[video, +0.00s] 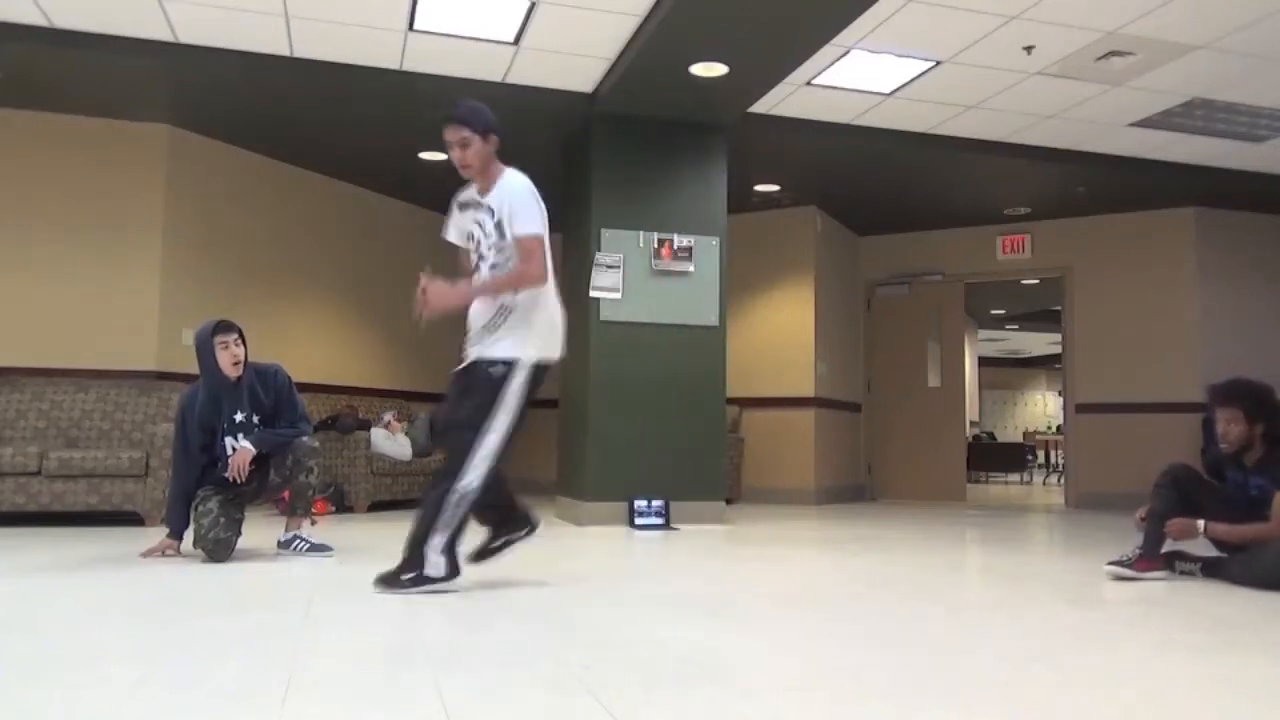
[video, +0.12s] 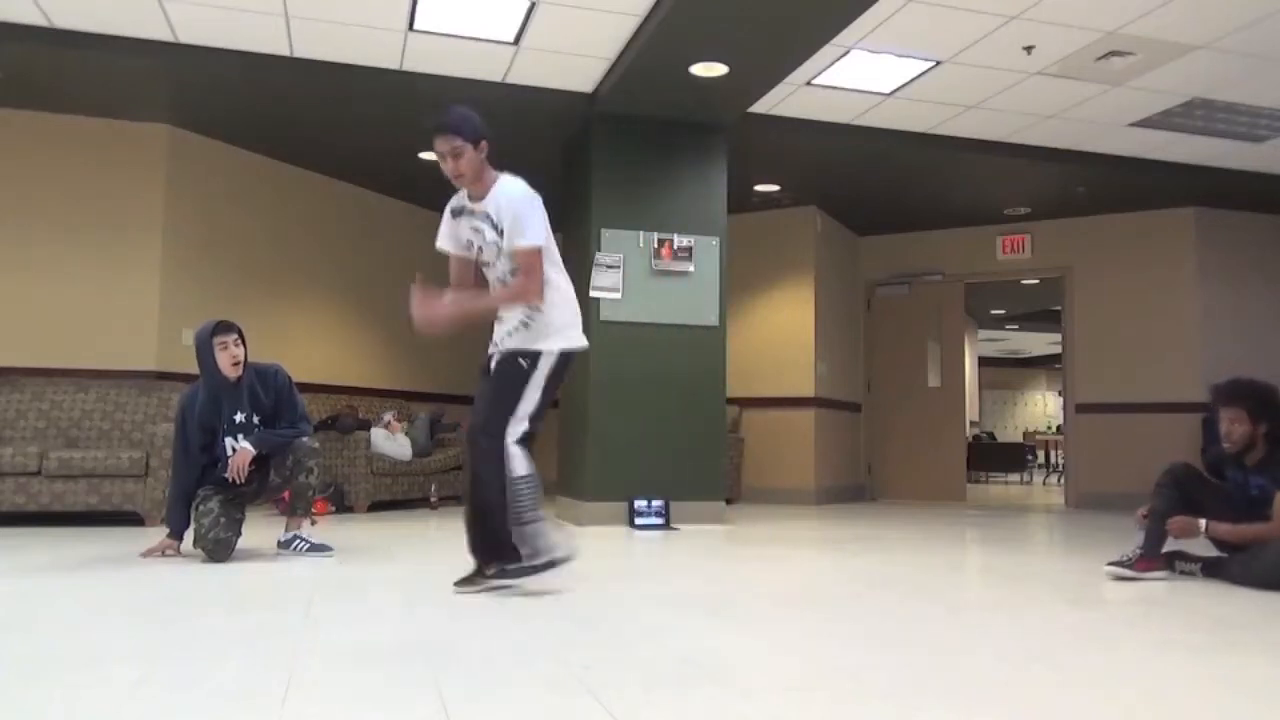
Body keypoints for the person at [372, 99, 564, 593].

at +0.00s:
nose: (457, 155)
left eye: (465, 144)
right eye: (451, 147)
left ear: (491, 141)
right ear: (449, 150)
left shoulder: (516, 190)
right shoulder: (465, 202)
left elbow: (534, 271)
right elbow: (476, 275)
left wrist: (461, 291)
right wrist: (445, 294)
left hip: (524, 340)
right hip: (488, 340)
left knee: (475, 444)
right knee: (451, 430)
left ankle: (432, 559)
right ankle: (508, 517)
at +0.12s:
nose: (451, 166)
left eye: (457, 154)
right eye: (442, 158)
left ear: (483, 149)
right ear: (437, 161)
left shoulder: (517, 198)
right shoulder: (457, 211)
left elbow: (529, 287)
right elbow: (464, 290)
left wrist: (454, 307)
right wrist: (435, 307)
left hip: (548, 330)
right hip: (510, 331)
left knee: (502, 433)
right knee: (483, 434)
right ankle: (496, 558)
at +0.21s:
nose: (459, 185)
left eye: (467, 172)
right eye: (450, 176)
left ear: (490, 168)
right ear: (444, 177)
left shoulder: (520, 218)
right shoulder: (460, 232)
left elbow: (546, 299)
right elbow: (469, 320)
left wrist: (538, 366)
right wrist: (444, 392)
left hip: (553, 354)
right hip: (509, 356)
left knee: (524, 459)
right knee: (478, 450)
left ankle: (622, 530)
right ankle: (500, 560)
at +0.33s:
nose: (472, 170)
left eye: (479, 157)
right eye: (463, 160)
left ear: (500, 154)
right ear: (454, 165)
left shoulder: (536, 202)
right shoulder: (466, 221)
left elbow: (586, 260)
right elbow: (490, 290)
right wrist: (464, 343)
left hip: (564, 355)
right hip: (511, 356)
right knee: (483, 454)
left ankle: (684, 534)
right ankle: (498, 561)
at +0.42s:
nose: (496, 151)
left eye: (503, 137)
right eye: (486, 143)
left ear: (525, 130)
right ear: (479, 145)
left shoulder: (563, 170)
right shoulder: (487, 186)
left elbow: (648, 205)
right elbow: (502, 229)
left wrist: (737, 221)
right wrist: (461, 257)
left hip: (591, 328)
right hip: (529, 333)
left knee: (653, 430)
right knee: (489, 423)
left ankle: (721, 533)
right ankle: (487, 533)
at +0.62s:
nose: (549, 180)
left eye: (557, 167)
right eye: (541, 170)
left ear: (581, 160)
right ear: (534, 168)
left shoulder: (617, 201)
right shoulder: (537, 196)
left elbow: (711, 234)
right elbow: (518, 216)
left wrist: (809, 252)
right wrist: (462, 226)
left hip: (651, 347)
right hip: (584, 342)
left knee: (717, 453)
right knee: (510, 412)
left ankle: (797, 561)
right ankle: (471, 532)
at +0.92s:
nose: (628, 318)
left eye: (641, 307)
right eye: (619, 302)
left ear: (654, 310)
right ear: (602, 299)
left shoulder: (658, 369)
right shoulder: (572, 316)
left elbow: (676, 463)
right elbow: (471, 335)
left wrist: (709, 543)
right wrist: (507, 371)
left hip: (627, 414)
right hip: (559, 399)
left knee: (696, 480)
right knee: (502, 447)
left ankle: (784, 536)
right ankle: (494, 583)